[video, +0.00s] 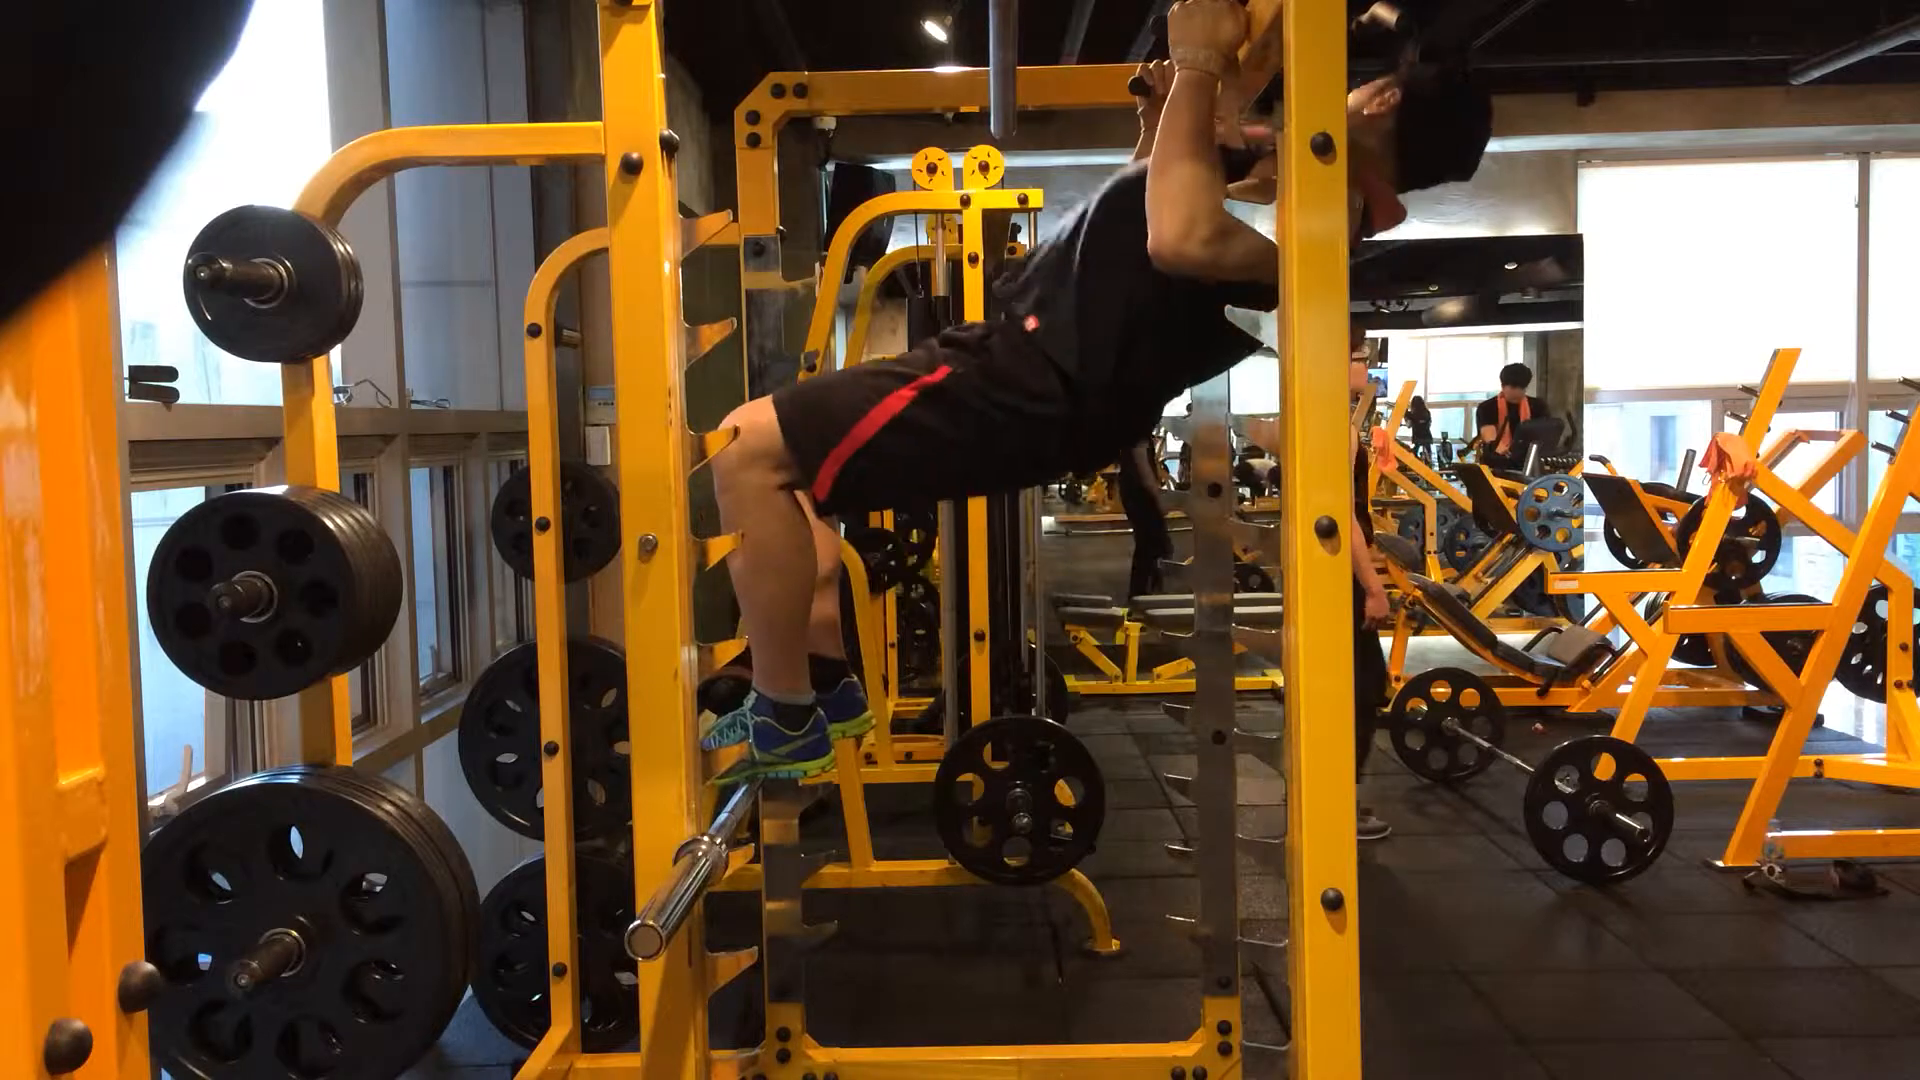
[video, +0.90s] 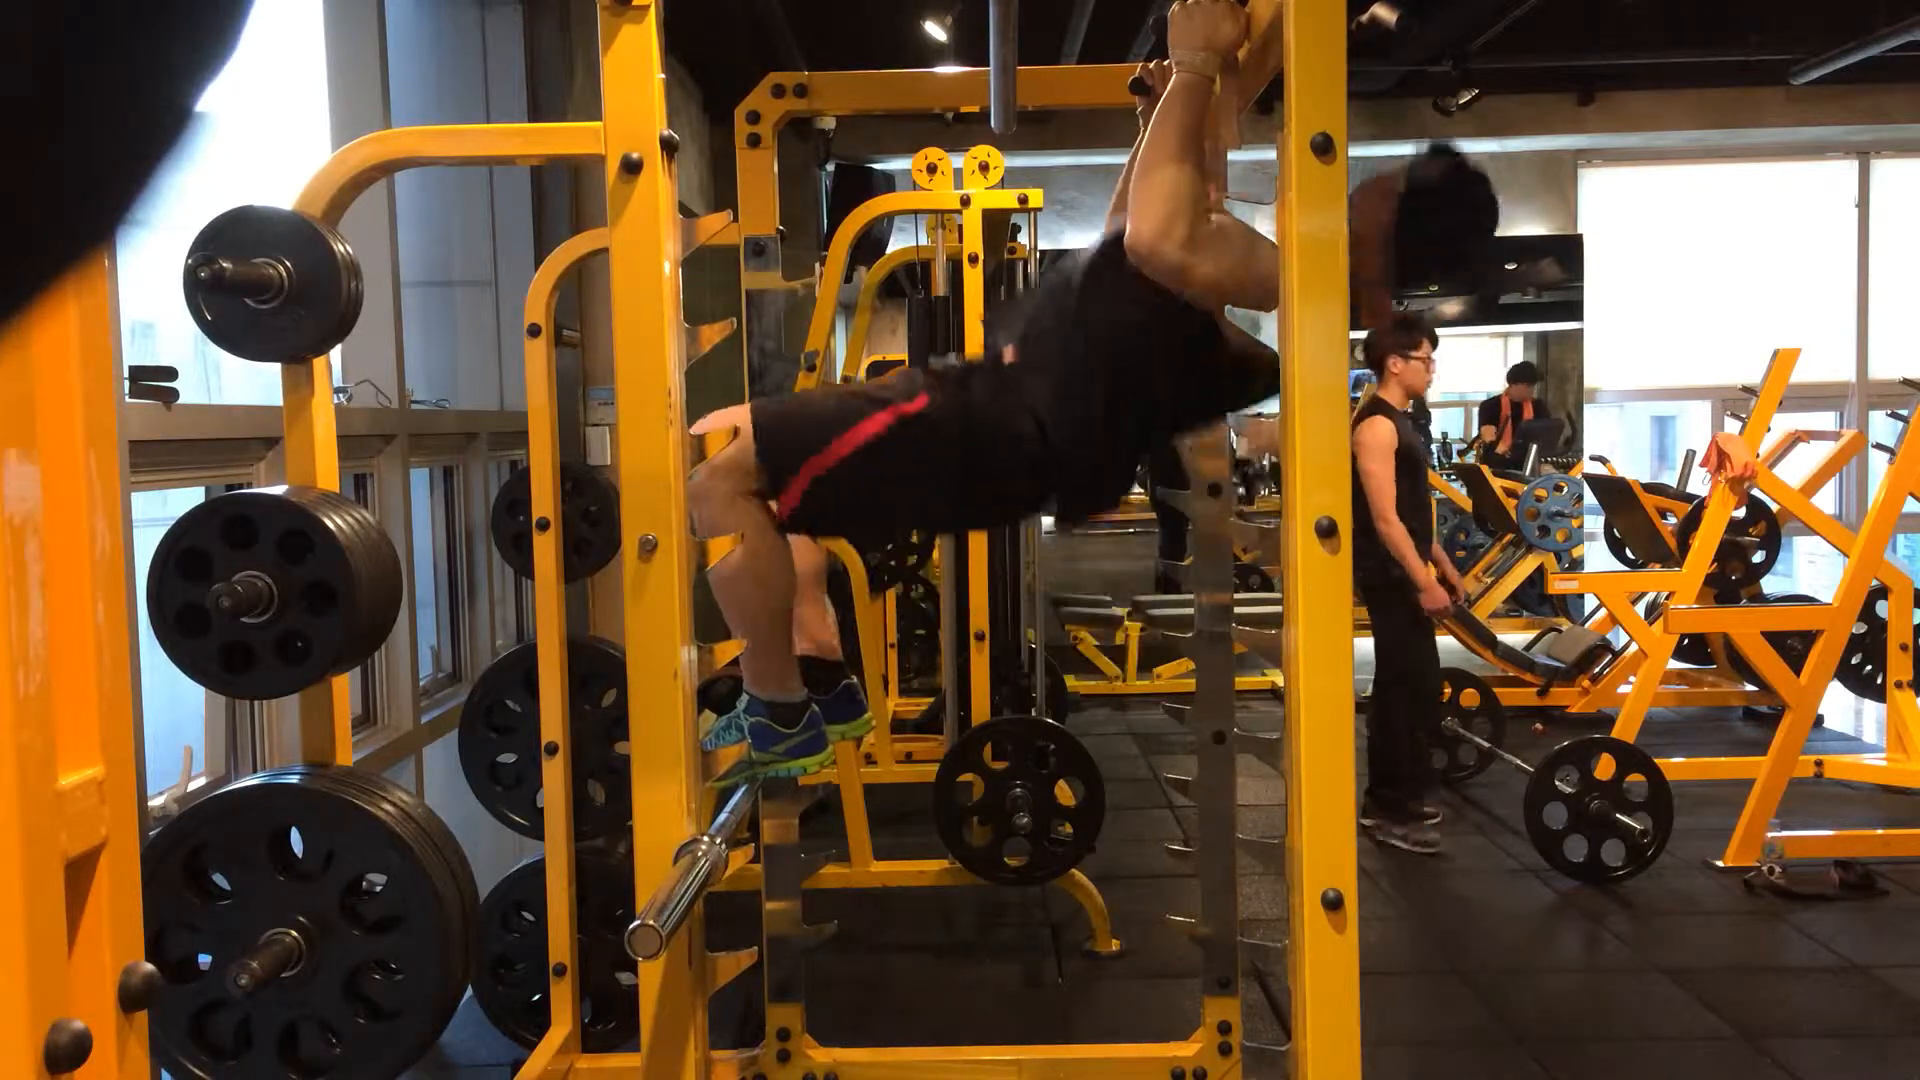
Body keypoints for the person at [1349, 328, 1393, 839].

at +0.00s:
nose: (1370, 370)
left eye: (1367, 361)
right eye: (1361, 361)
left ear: (1347, 371)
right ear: (1338, 369)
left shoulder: (1338, 427)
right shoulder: (1332, 430)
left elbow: (1346, 512)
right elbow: (1340, 512)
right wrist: (1372, 584)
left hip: (1341, 593)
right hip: (1337, 596)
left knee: (1365, 690)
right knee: (1367, 689)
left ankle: (1340, 803)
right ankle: (1342, 806)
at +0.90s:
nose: (1432, 370)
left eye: (1432, 361)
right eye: (1424, 360)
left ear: (1402, 365)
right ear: (1395, 363)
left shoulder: (1402, 420)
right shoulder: (1377, 425)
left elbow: (1412, 510)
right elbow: (1383, 516)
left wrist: (1443, 566)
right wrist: (1423, 582)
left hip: (1404, 571)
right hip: (1388, 572)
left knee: (1405, 681)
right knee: (1413, 683)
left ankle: (1400, 796)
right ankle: (1391, 811)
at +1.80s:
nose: (1490, 404)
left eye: (1496, 396)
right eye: (1493, 393)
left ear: (1471, 377)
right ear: (1472, 376)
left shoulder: (1445, 424)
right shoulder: (1430, 429)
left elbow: (1453, 518)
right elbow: (1429, 528)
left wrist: (1482, 571)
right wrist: (1464, 602)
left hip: (1450, 584)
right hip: (1429, 587)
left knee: (1477, 696)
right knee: (1450, 701)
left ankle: (1458, 806)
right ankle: (1434, 827)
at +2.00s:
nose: (1517, 409)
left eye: (1522, 400)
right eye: (1519, 397)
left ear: (1495, 379)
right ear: (1497, 380)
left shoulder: (1462, 423)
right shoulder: (1451, 430)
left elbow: (1464, 522)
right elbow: (1450, 531)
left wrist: (1490, 577)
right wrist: (1486, 604)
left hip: (1461, 586)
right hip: (1442, 589)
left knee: (1494, 703)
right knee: (1451, 707)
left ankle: (1505, 820)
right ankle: (1433, 830)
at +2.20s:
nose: (1544, 409)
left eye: (1549, 400)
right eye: (1548, 398)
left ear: (1521, 376)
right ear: (1532, 381)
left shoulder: (1483, 420)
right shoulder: (1478, 428)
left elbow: (1478, 526)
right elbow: (1476, 530)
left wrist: (1501, 594)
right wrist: (1511, 602)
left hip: (1473, 584)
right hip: (1462, 587)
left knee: (1501, 704)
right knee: (1473, 704)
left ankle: (1514, 825)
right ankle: (1433, 830)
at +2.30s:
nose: (1561, 410)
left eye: (1567, 401)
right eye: (1564, 398)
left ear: (1536, 376)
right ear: (1545, 379)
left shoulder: (1489, 418)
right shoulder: (1493, 428)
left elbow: (1484, 524)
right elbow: (1490, 528)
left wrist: (1512, 590)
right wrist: (1525, 599)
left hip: (1475, 582)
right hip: (1473, 585)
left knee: (1505, 704)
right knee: (1488, 703)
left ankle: (1515, 827)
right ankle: (1437, 827)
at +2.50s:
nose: (1583, 415)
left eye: (1589, 407)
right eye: (1588, 405)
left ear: (1566, 381)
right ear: (1572, 385)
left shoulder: (1513, 420)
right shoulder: (1514, 434)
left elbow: (1517, 524)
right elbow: (1512, 538)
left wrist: (1563, 569)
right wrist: (1554, 608)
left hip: (1493, 578)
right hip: (1486, 583)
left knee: (1522, 702)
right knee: (1516, 703)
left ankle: (1498, 821)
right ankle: (1472, 820)